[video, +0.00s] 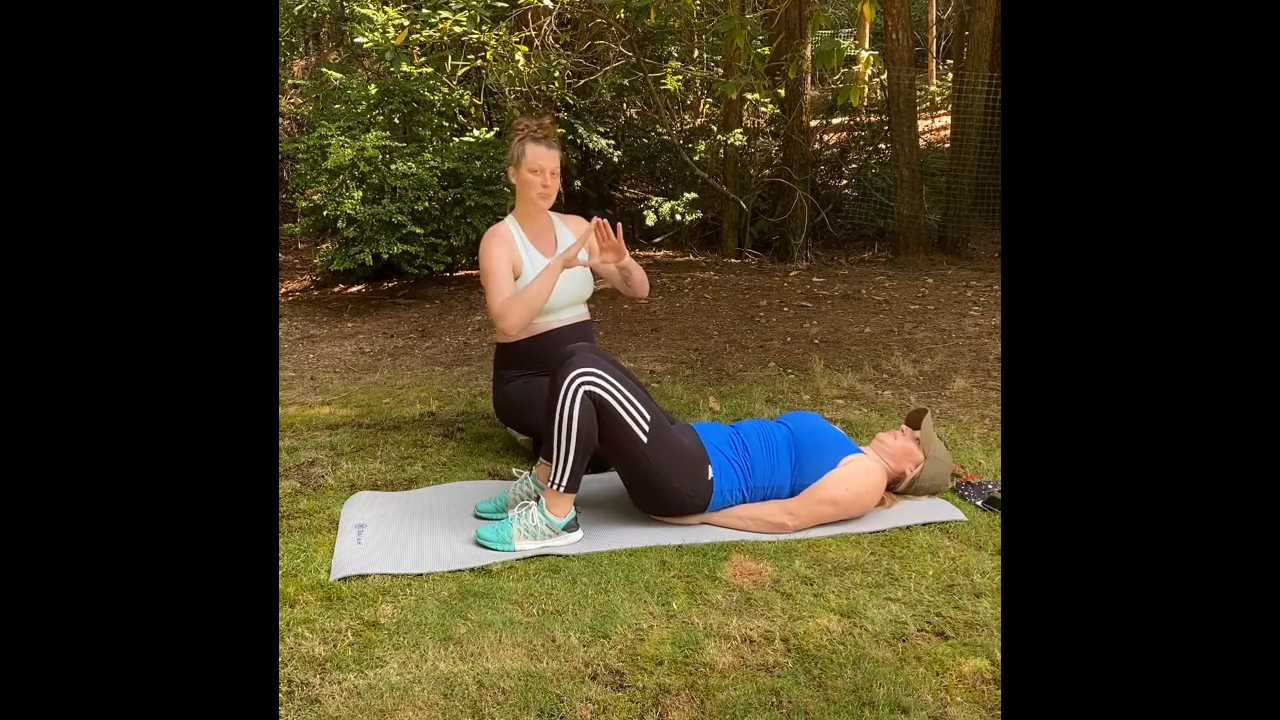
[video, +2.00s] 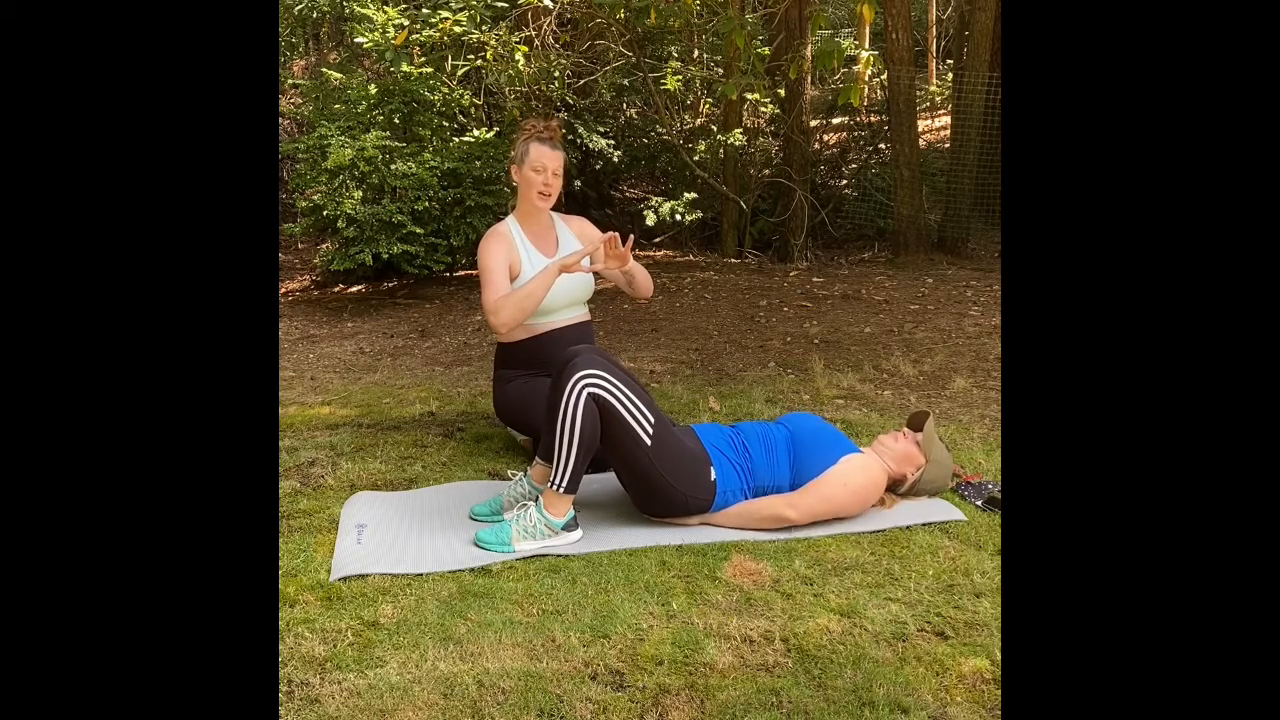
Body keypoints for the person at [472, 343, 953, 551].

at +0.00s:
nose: (897, 431)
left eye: (908, 438)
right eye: (906, 429)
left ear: (908, 468)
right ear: (898, 445)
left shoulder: (863, 476)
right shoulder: (847, 453)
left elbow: (789, 516)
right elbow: (771, 485)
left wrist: (706, 515)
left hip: (693, 480)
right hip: (681, 450)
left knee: (585, 376)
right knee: (589, 365)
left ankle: (555, 510)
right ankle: (544, 482)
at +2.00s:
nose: (900, 434)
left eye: (910, 441)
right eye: (908, 431)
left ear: (908, 470)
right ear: (899, 447)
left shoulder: (865, 474)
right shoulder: (852, 457)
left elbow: (792, 510)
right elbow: (777, 493)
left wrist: (709, 516)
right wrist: (709, 496)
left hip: (693, 481)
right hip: (680, 453)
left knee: (590, 376)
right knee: (590, 365)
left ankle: (554, 512)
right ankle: (539, 485)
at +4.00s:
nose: (897, 433)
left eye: (908, 439)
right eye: (905, 430)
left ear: (908, 470)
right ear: (897, 446)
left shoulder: (864, 479)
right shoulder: (846, 456)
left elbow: (794, 521)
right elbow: (777, 499)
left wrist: (710, 516)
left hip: (693, 483)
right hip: (678, 455)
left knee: (585, 368)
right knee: (571, 357)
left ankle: (553, 510)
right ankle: (541, 484)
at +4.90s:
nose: (897, 433)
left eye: (908, 441)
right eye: (906, 430)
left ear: (907, 472)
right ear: (897, 442)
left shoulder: (863, 480)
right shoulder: (847, 454)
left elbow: (794, 521)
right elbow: (776, 498)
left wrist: (711, 515)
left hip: (692, 482)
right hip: (677, 453)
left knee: (592, 372)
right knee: (582, 354)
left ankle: (556, 510)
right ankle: (532, 472)